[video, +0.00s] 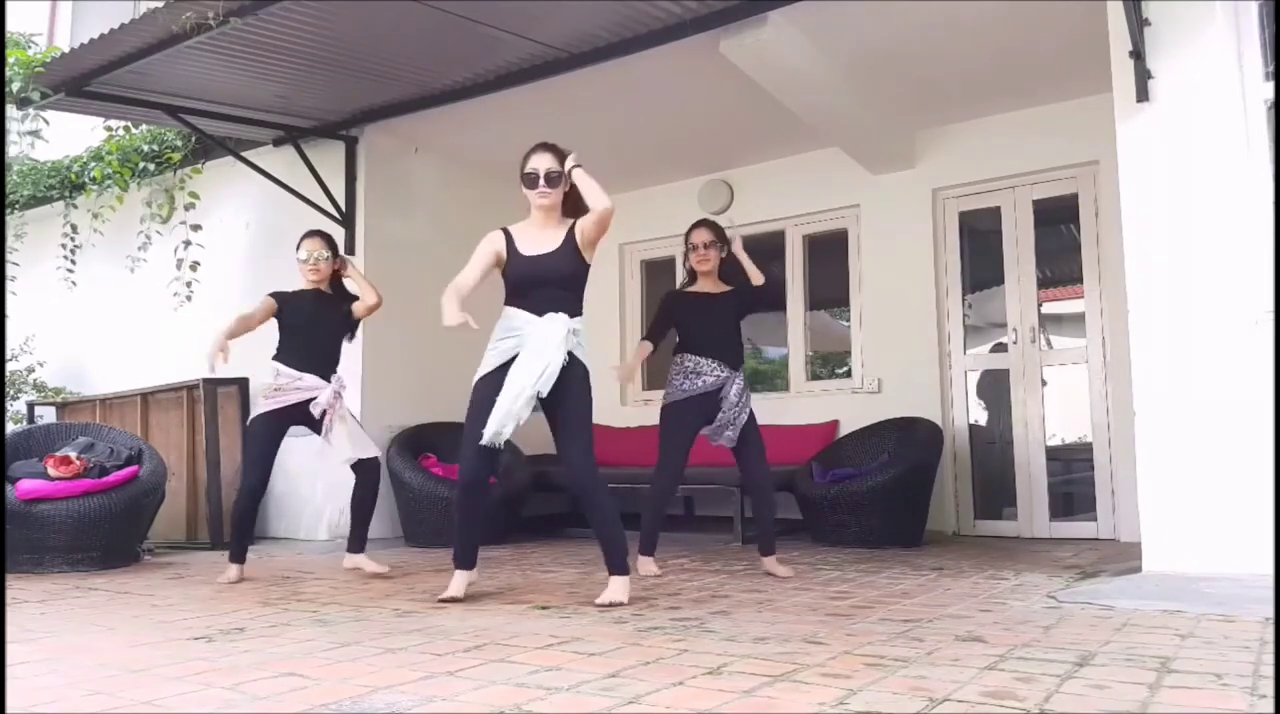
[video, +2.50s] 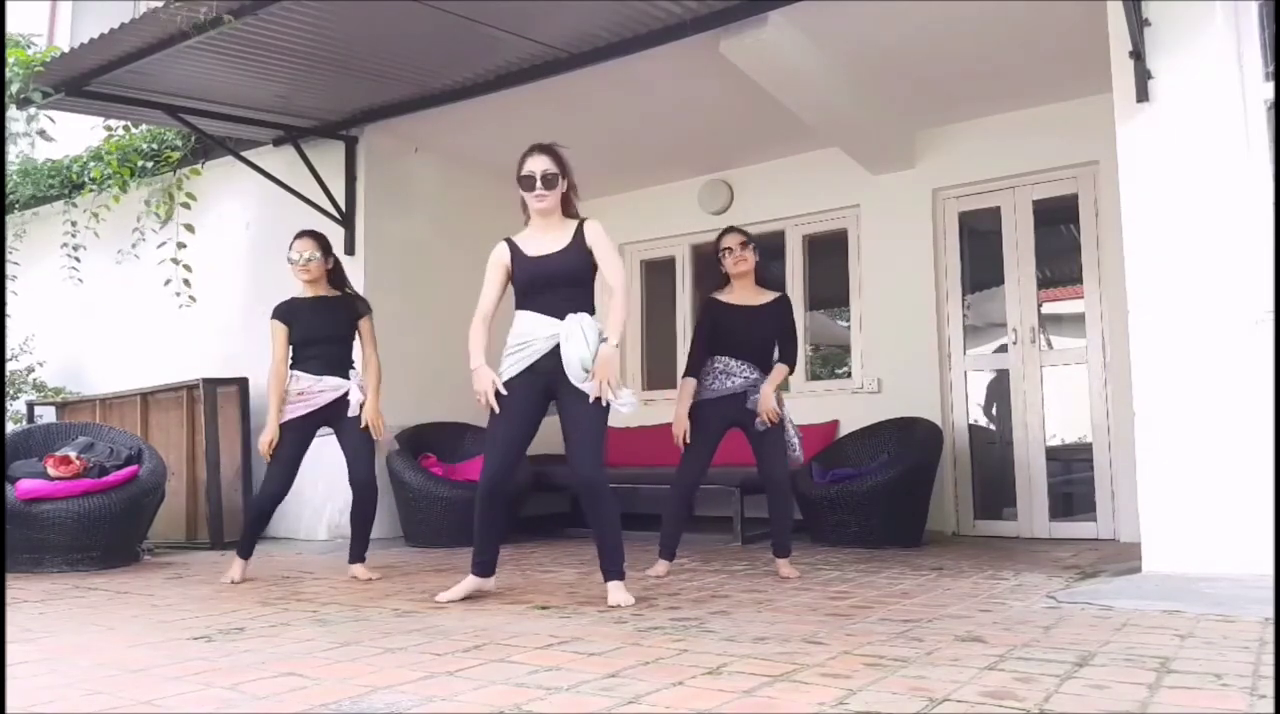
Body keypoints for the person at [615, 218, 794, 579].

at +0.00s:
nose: (702, 252)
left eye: (709, 246)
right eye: (694, 247)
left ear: (721, 250)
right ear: (687, 254)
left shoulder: (736, 293)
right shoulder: (676, 298)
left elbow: (769, 295)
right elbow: (654, 335)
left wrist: (740, 254)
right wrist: (636, 360)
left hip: (730, 389)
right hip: (687, 388)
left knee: (759, 473)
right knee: (669, 472)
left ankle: (768, 555)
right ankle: (645, 554)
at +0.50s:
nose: (705, 244)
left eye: (713, 238)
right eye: (698, 239)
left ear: (726, 246)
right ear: (690, 248)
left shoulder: (743, 289)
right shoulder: (690, 299)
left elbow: (782, 334)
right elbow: (653, 335)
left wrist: (827, 369)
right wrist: (665, 301)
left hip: (732, 391)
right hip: (694, 390)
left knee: (751, 478)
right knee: (670, 475)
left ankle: (800, 553)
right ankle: (677, 557)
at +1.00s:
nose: (727, 235)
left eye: (733, 229)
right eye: (718, 231)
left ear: (745, 236)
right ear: (710, 242)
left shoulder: (766, 289)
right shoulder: (700, 290)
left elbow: (767, 347)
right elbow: (690, 346)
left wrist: (781, 392)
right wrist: (676, 398)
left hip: (750, 389)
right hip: (702, 389)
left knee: (768, 472)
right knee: (688, 474)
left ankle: (785, 555)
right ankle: (678, 557)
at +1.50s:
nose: (751, 239)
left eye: (756, 233)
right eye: (741, 236)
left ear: (765, 242)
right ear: (729, 249)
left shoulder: (775, 296)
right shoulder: (717, 293)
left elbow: (779, 351)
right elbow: (698, 345)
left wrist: (786, 397)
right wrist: (681, 392)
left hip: (761, 393)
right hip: (714, 392)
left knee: (783, 474)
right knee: (697, 474)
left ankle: (788, 556)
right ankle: (678, 557)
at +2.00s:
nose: (696, 251)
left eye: (705, 248)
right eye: (690, 245)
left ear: (712, 259)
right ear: (678, 253)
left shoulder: (727, 300)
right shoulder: (668, 308)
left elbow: (748, 353)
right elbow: (660, 356)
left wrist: (770, 400)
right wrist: (646, 391)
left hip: (734, 394)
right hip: (690, 397)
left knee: (758, 476)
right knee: (663, 478)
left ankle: (786, 555)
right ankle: (661, 559)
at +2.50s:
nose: (737, 254)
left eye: (743, 247)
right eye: (728, 252)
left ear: (755, 253)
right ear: (721, 262)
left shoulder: (777, 301)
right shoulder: (713, 304)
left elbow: (787, 356)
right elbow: (695, 359)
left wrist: (768, 388)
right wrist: (681, 410)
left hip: (759, 399)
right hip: (712, 400)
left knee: (777, 477)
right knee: (686, 476)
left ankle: (782, 557)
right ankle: (665, 558)